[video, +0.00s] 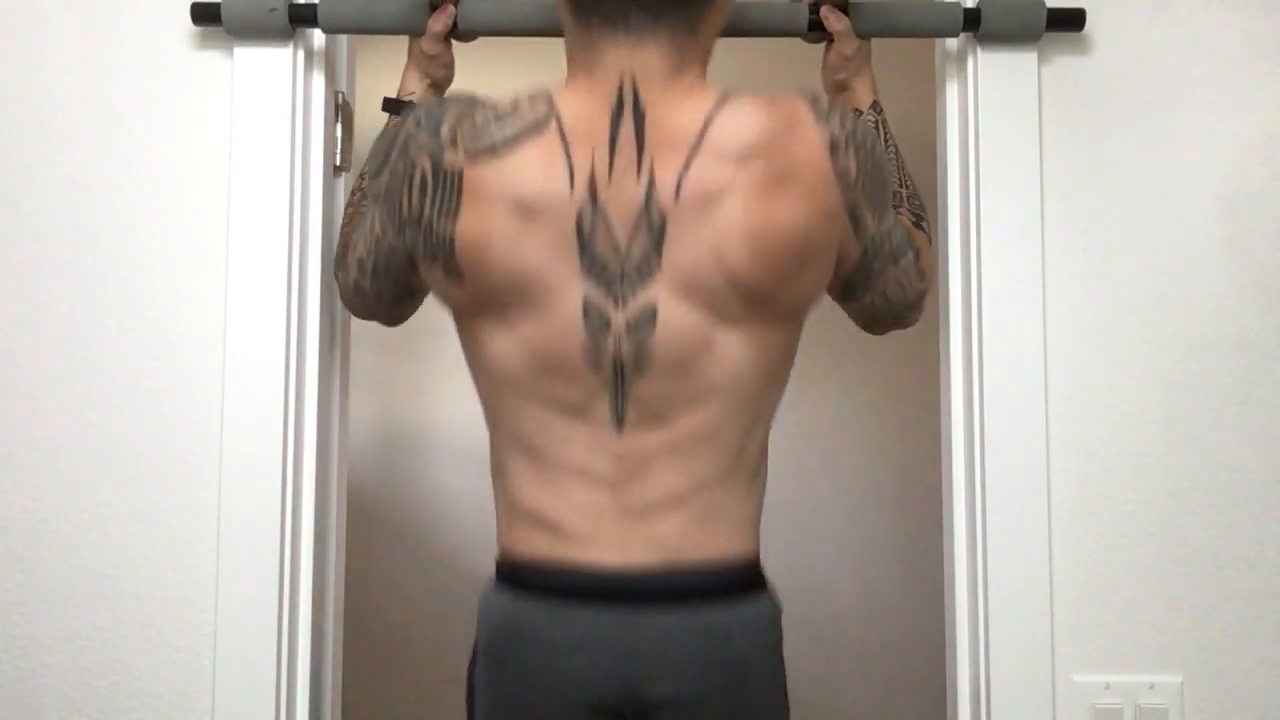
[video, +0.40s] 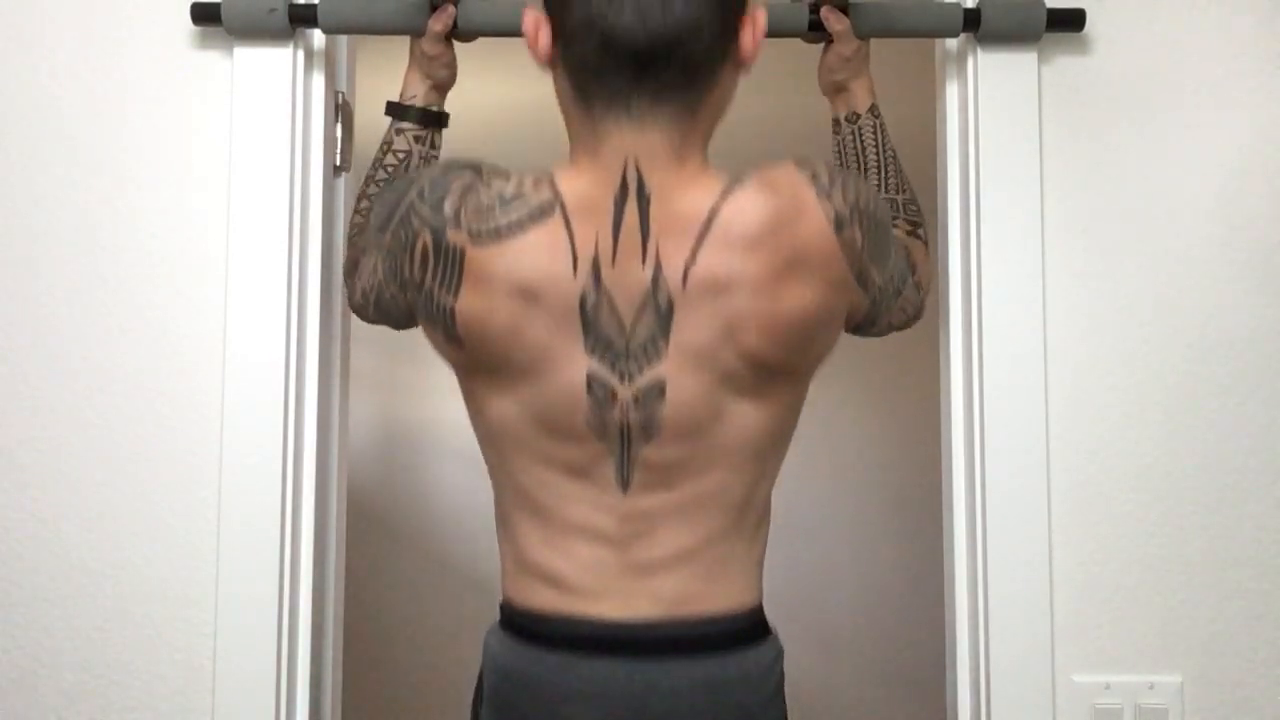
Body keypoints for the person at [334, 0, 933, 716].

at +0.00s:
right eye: (725, 15)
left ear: (567, 11)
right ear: (717, 16)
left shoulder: (461, 150)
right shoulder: (803, 146)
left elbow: (369, 289)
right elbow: (896, 298)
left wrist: (416, 94)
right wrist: (857, 102)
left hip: (535, 628)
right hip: (722, 633)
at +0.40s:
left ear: (539, 39)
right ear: (749, 38)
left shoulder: (466, 228)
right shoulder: (805, 226)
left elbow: (371, 278)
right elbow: (900, 289)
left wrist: (421, 92)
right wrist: (853, 95)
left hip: (538, 674)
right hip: (725, 675)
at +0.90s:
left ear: (537, 246)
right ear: (747, 247)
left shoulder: (488, 424)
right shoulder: (785, 413)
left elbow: (396, 266)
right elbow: (882, 267)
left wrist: (424, 89)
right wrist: (851, 96)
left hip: (533, 711)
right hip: (722, 711)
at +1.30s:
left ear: (532, 300)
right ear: (742, 301)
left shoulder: (490, 461)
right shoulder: (779, 443)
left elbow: (400, 280)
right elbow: (873, 285)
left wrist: (426, 91)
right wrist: (849, 98)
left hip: (528, 711)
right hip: (719, 712)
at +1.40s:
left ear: (536, 244)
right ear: (748, 250)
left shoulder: (482, 418)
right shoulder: (784, 403)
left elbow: (390, 265)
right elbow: (881, 269)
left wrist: (424, 94)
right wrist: (849, 98)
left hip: (526, 710)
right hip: (716, 710)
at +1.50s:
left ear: (539, 170)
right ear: (753, 171)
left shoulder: (475, 356)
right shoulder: (795, 343)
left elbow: (379, 261)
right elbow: (892, 263)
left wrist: (423, 89)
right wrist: (850, 96)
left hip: (530, 708)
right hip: (711, 707)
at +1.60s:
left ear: (542, 83)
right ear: (754, 85)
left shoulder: (465, 276)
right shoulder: (801, 271)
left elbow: (365, 260)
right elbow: (903, 273)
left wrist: (421, 89)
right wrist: (853, 99)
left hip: (525, 696)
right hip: (715, 697)